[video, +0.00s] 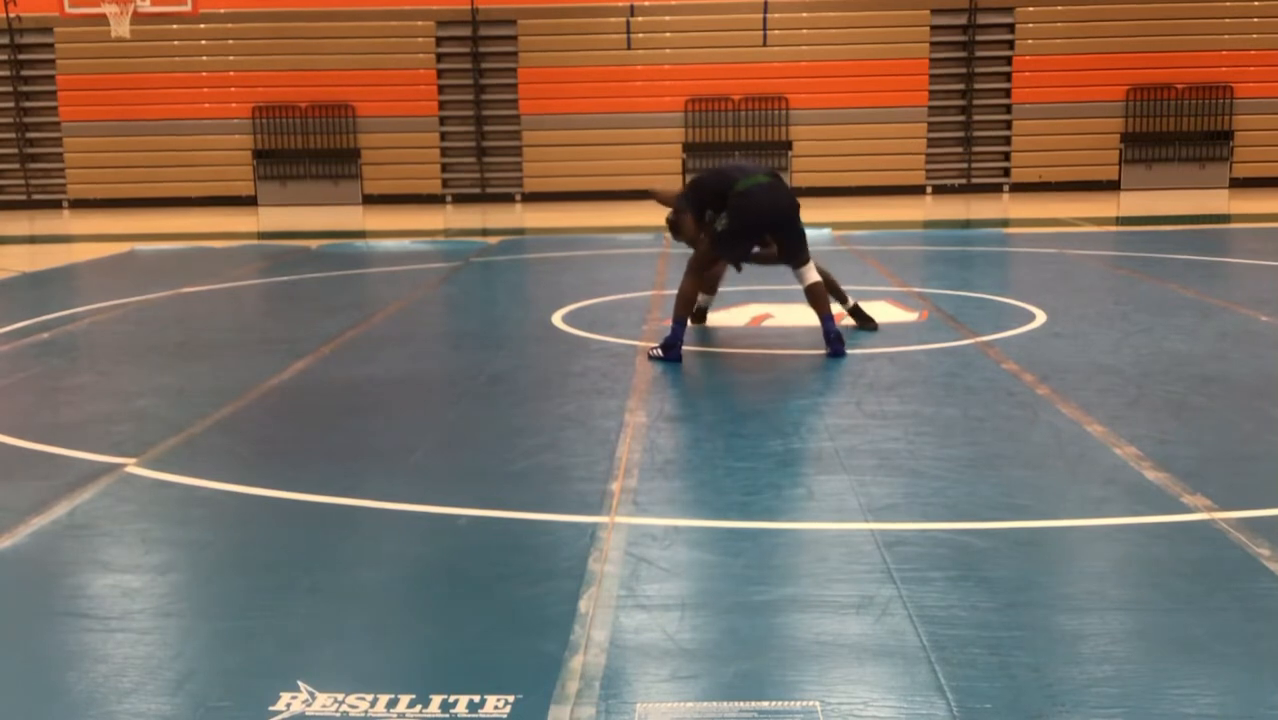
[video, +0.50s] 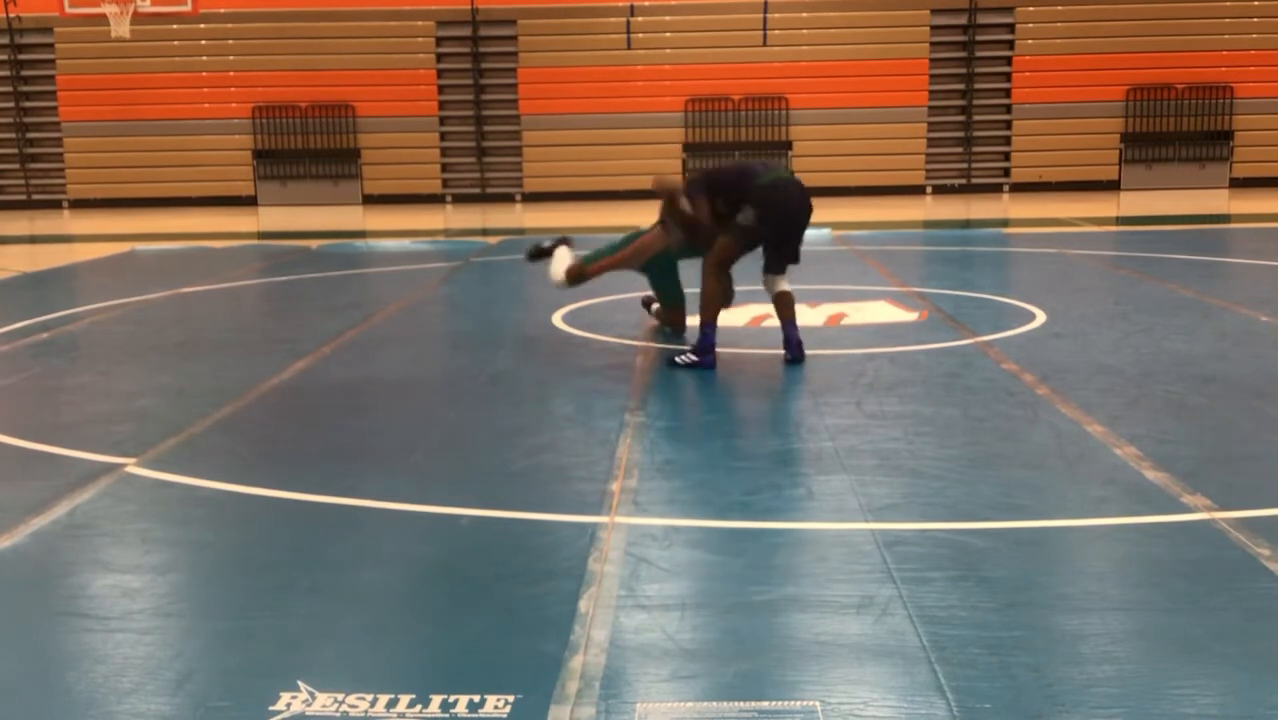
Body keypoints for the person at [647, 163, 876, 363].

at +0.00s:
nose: (689, 244)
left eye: (685, 238)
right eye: (684, 242)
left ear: (683, 218)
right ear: (698, 217)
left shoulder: (688, 197)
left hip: (746, 201)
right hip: (781, 198)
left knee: (696, 269)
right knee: (806, 271)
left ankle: (672, 344)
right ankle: (833, 337)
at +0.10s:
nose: (687, 221)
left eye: (682, 218)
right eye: (682, 219)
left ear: (678, 203)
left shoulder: (687, 185)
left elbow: (696, 235)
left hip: (746, 207)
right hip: (783, 200)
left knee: (693, 269)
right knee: (805, 271)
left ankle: (674, 341)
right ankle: (832, 334)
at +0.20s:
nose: (671, 195)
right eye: (668, 191)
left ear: (673, 176)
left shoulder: (686, 167)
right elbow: (732, 251)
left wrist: (662, 269)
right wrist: (764, 275)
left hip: (743, 208)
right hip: (780, 202)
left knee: (693, 272)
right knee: (802, 268)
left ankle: (672, 342)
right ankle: (827, 334)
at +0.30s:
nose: (675, 166)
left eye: (674, 161)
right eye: (673, 162)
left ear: (680, 148)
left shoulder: (695, 139)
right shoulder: (736, 142)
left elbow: (679, 185)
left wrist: (705, 213)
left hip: (747, 197)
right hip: (785, 192)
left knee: (704, 271)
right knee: (792, 266)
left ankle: (678, 340)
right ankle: (792, 337)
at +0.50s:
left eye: (666, 228)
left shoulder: (696, 183)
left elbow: (707, 228)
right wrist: (726, 284)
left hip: (765, 200)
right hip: (798, 198)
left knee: (713, 263)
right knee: (775, 277)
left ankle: (704, 350)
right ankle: (794, 345)